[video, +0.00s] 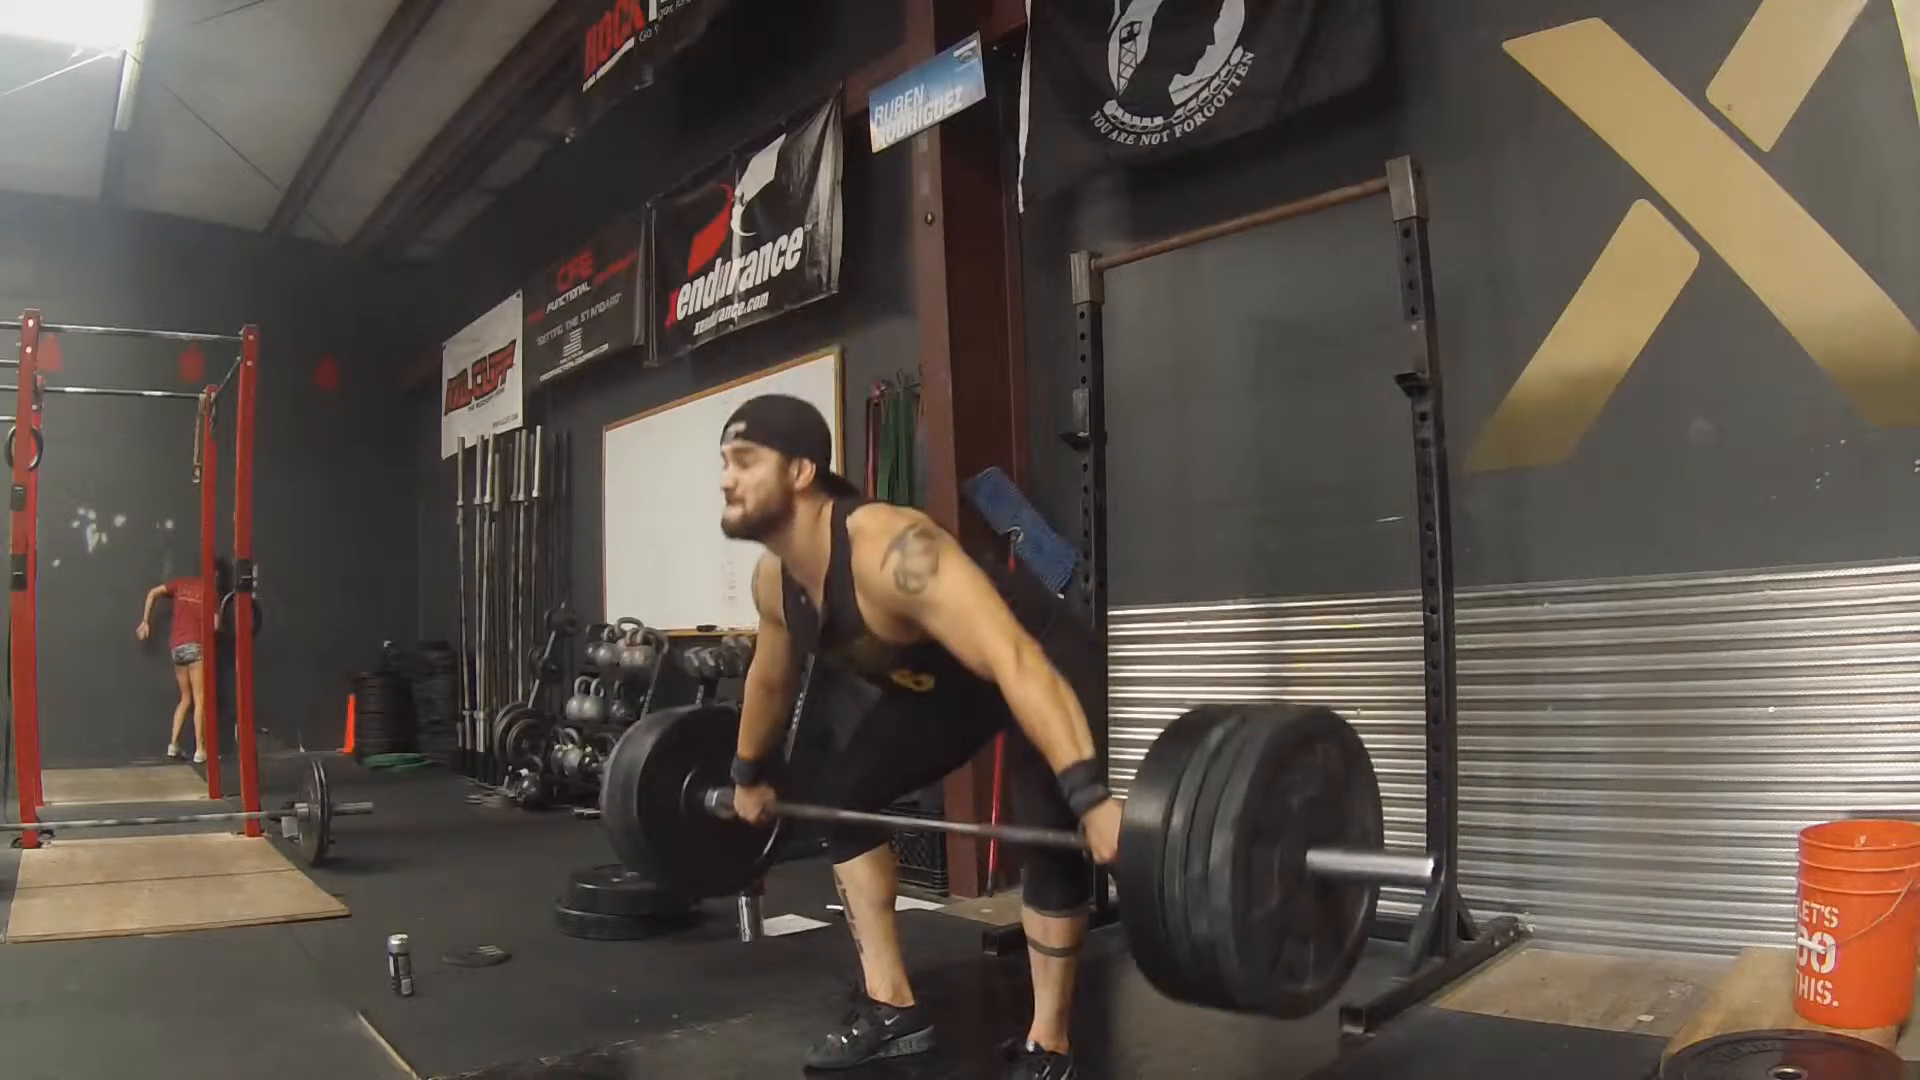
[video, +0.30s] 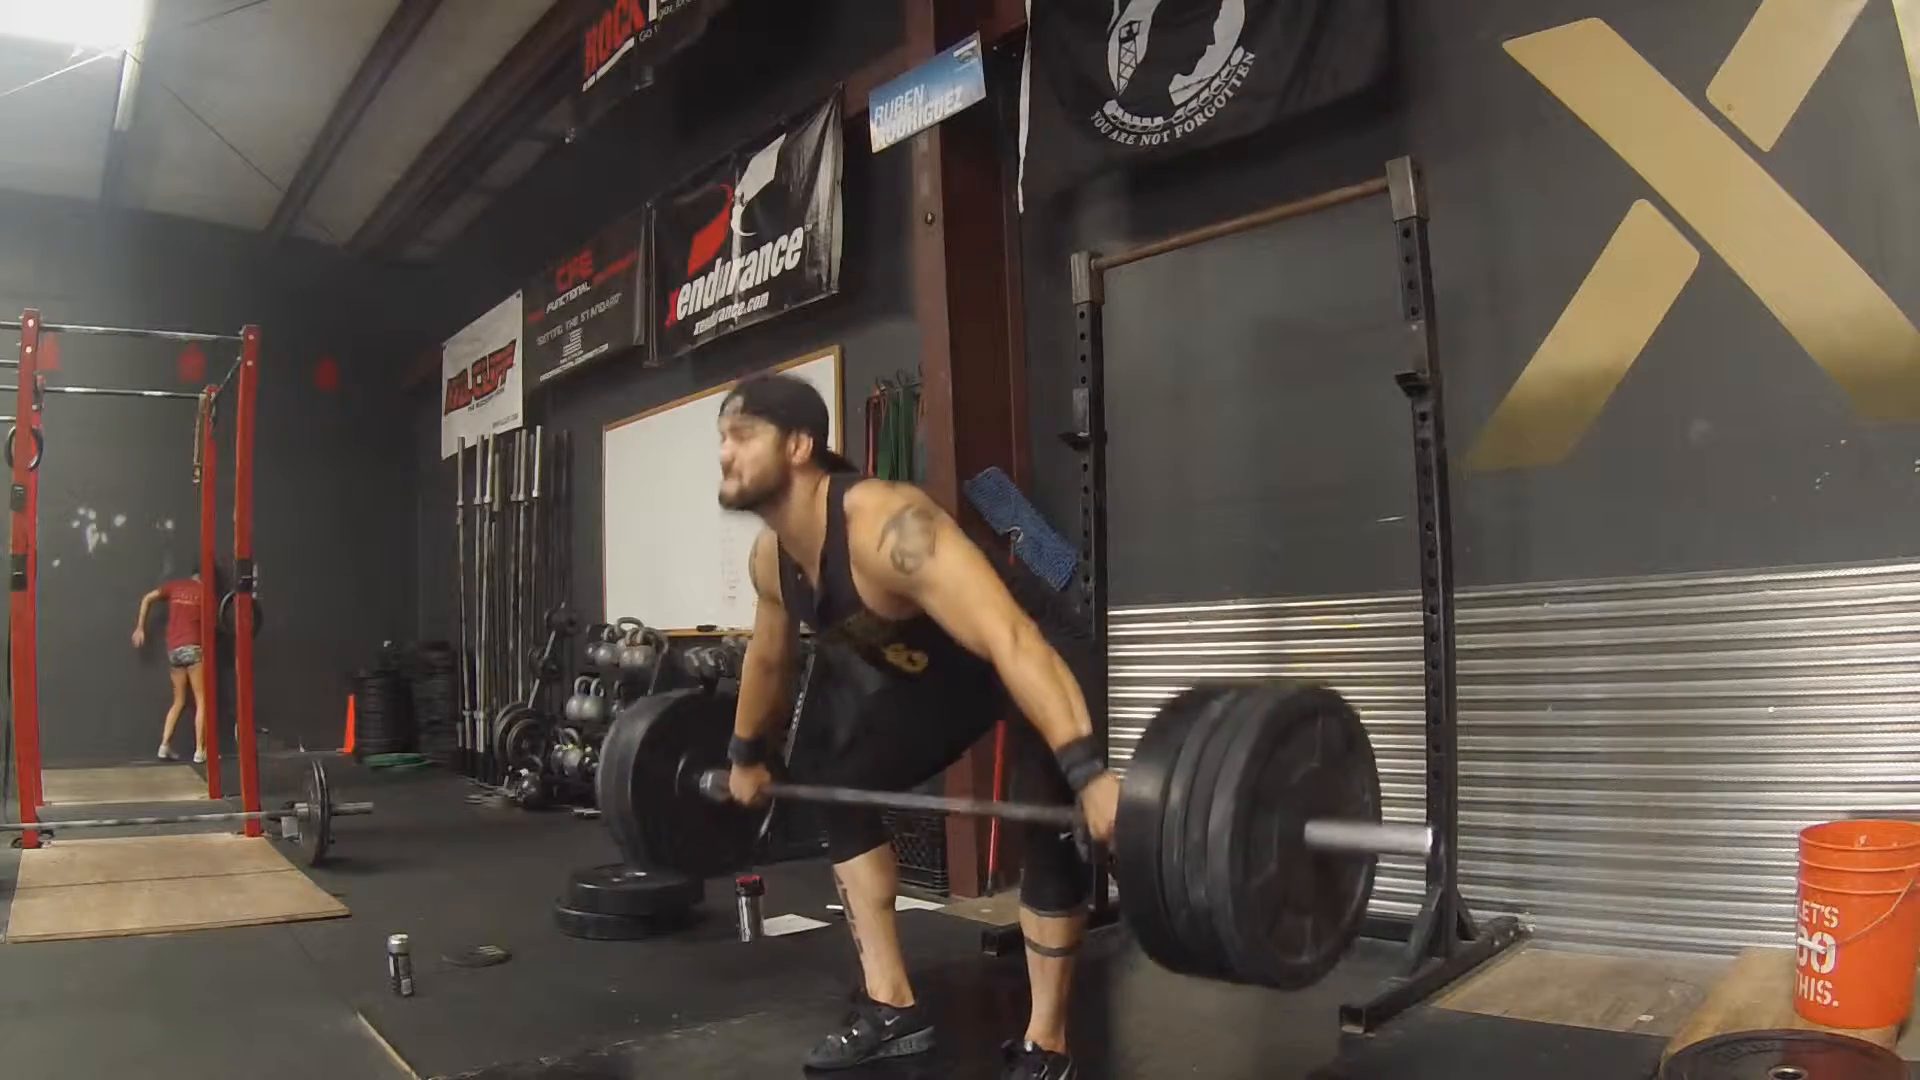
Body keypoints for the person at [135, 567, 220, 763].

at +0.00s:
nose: (218, 580)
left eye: (217, 576)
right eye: (218, 576)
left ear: (203, 571)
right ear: (215, 575)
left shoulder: (181, 584)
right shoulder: (212, 592)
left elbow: (153, 592)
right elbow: (215, 624)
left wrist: (145, 621)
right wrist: (213, 609)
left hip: (176, 643)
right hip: (196, 643)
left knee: (185, 698)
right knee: (199, 699)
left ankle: (173, 744)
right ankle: (200, 749)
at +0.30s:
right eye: (209, 579)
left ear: (193, 574)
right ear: (207, 577)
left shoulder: (174, 586)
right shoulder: (206, 592)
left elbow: (147, 598)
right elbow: (213, 621)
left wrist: (139, 628)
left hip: (174, 646)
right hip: (194, 645)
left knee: (178, 701)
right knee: (201, 701)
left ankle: (164, 745)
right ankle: (200, 750)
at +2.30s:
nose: (203, 570)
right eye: (203, 567)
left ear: (186, 564)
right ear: (199, 565)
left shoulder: (171, 586)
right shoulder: (201, 584)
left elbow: (167, 620)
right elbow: (207, 614)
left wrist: (171, 635)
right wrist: (208, 637)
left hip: (173, 641)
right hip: (194, 641)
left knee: (170, 696)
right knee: (199, 695)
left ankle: (164, 746)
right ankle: (200, 746)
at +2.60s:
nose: (172, 564)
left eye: (174, 560)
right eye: (173, 560)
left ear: (180, 562)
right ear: (192, 562)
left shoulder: (168, 583)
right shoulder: (201, 583)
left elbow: (160, 616)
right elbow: (207, 613)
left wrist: (170, 632)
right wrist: (203, 633)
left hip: (172, 642)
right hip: (194, 641)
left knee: (170, 696)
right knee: (200, 695)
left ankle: (164, 745)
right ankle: (201, 743)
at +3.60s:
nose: (189, 566)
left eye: (192, 562)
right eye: (190, 561)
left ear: (202, 563)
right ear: (205, 564)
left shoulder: (196, 582)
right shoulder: (216, 584)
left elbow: (192, 612)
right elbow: (219, 615)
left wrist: (183, 643)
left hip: (195, 645)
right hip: (213, 645)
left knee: (187, 696)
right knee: (213, 696)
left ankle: (186, 747)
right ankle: (215, 748)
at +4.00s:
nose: (191, 568)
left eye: (194, 563)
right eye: (191, 564)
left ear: (203, 565)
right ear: (205, 565)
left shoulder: (199, 586)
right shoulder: (216, 586)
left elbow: (194, 615)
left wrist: (182, 644)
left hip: (199, 646)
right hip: (214, 644)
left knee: (201, 696)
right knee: (213, 696)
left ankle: (211, 747)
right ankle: (215, 745)